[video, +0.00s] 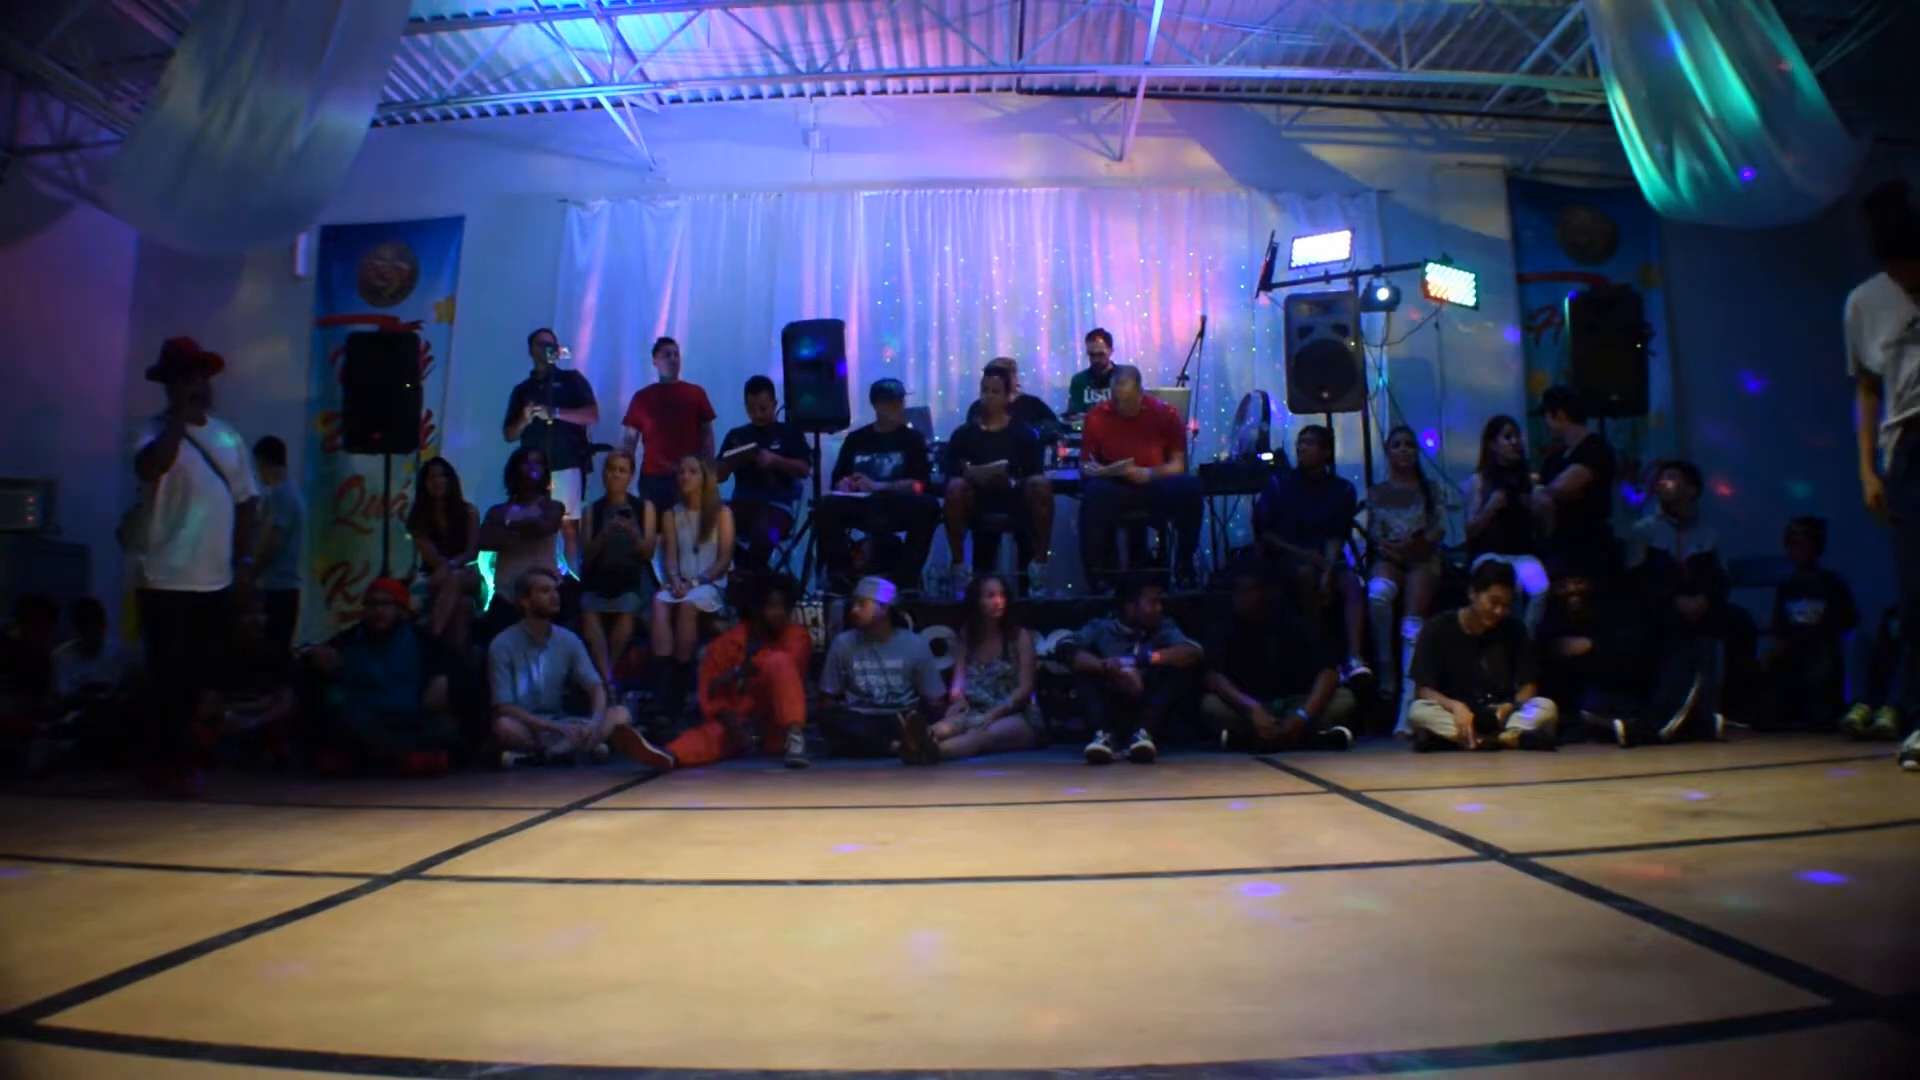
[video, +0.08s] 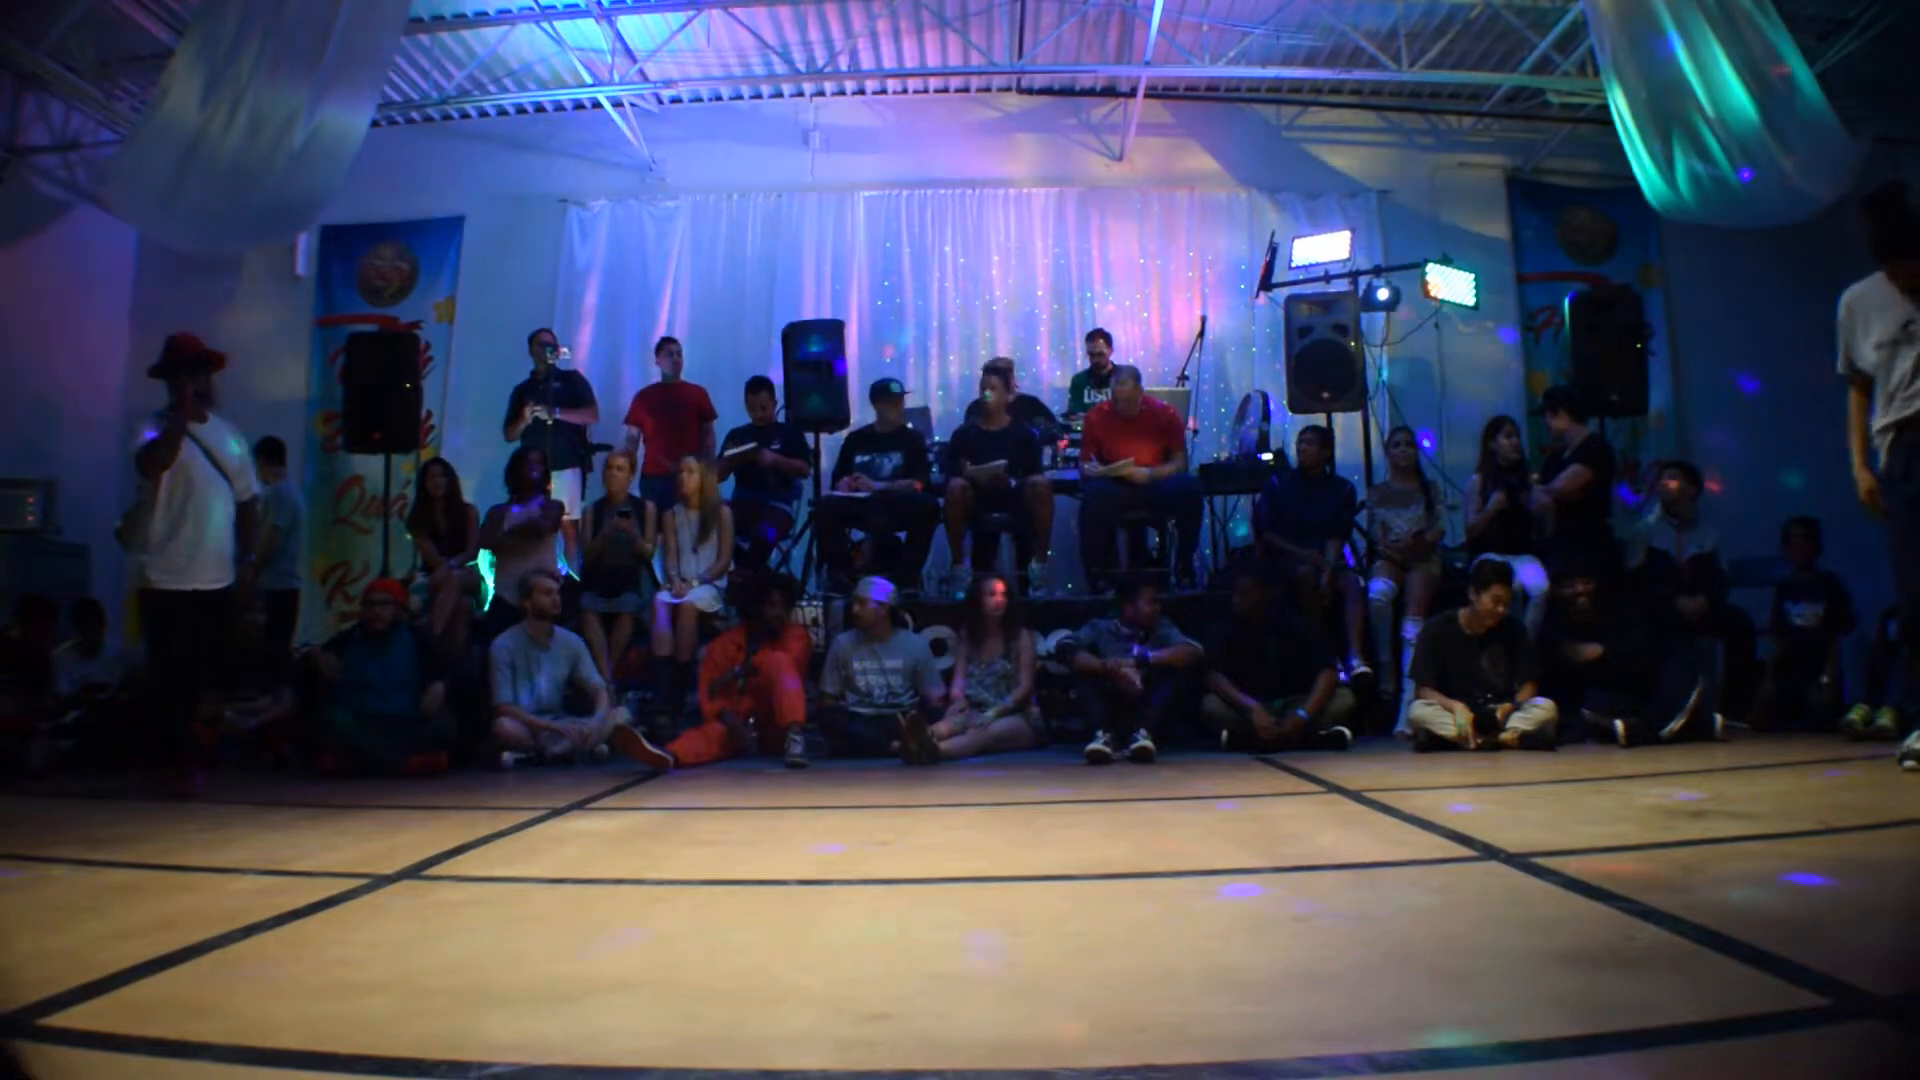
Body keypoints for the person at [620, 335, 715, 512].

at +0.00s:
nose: (673, 359)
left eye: (676, 354)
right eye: (667, 355)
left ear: (680, 359)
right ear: (655, 361)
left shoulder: (696, 393)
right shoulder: (642, 397)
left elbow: (707, 435)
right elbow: (630, 440)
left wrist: (709, 472)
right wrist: (624, 479)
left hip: (689, 478)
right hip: (654, 477)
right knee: (652, 536)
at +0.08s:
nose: (676, 359)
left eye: (679, 354)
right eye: (669, 354)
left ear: (683, 358)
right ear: (658, 360)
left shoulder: (698, 394)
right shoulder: (644, 397)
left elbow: (708, 435)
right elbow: (632, 439)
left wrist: (708, 473)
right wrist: (625, 478)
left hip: (690, 478)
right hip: (655, 476)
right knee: (653, 537)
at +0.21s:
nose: (680, 358)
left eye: (683, 353)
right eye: (674, 353)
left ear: (687, 358)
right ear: (662, 359)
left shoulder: (701, 393)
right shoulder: (647, 395)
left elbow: (712, 433)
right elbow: (637, 437)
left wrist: (710, 470)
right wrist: (631, 476)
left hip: (694, 477)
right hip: (658, 476)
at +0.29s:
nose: (683, 358)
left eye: (686, 353)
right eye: (677, 353)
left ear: (690, 357)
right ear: (665, 359)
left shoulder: (704, 393)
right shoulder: (649, 394)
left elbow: (714, 433)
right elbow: (640, 437)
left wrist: (711, 468)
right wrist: (635, 474)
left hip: (696, 478)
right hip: (661, 477)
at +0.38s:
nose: (686, 357)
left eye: (689, 352)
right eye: (679, 353)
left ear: (693, 357)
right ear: (667, 359)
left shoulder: (706, 393)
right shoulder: (651, 394)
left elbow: (716, 433)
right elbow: (642, 436)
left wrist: (712, 468)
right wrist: (639, 474)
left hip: (699, 478)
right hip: (663, 476)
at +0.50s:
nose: (690, 357)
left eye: (693, 352)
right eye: (683, 352)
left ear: (697, 356)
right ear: (671, 358)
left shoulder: (711, 393)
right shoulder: (656, 393)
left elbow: (720, 432)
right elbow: (646, 434)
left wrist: (719, 466)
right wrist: (644, 472)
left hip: (702, 475)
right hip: (665, 474)